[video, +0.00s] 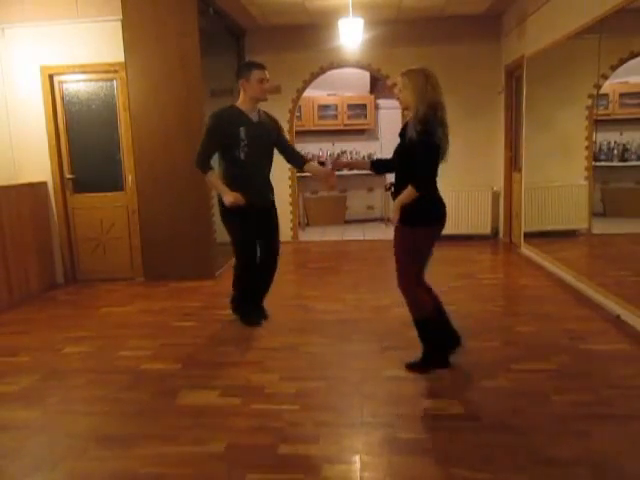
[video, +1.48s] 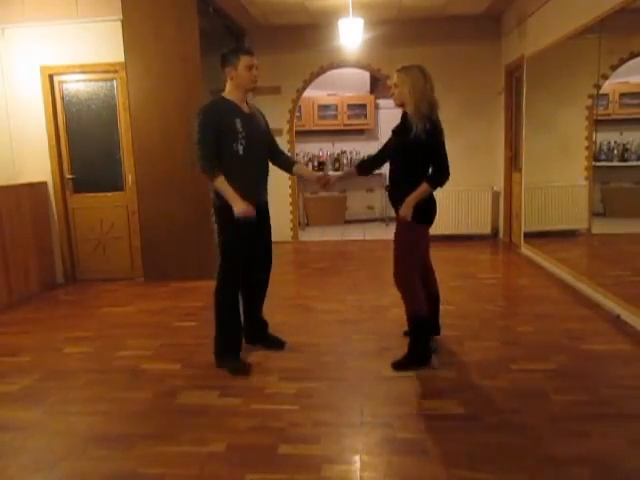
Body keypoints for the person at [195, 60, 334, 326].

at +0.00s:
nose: (267, 85)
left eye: (267, 81)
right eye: (261, 81)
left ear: (264, 85)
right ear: (243, 84)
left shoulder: (268, 122)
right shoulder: (222, 119)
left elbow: (291, 154)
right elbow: (202, 162)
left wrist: (319, 171)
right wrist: (223, 191)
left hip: (263, 197)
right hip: (234, 199)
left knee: (270, 254)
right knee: (246, 254)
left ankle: (255, 301)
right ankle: (242, 304)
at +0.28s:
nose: (264, 86)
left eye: (264, 81)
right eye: (257, 81)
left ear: (260, 84)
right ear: (239, 83)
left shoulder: (268, 122)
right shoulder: (219, 119)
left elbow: (298, 155)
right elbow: (202, 165)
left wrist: (330, 161)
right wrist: (227, 181)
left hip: (265, 200)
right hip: (233, 202)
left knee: (277, 264)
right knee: (239, 261)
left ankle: (268, 325)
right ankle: (247, 311)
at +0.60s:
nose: (260, 82)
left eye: (260, 77)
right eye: (254, 77)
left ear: (249, 81)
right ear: (235, 79)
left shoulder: (260, 121)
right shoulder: (213, 116)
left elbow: (289, 156)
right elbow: (195, 166)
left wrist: (326, 169)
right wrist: (215, 197)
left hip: (266, 202)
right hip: (235, 205)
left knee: (268, 269)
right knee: (248, 264)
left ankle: (260, 332)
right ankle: (235, 318)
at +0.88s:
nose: (260, 77)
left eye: (260, 72)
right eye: (253, 71)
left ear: (251, 76)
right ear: (233, 75)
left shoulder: (259, 118)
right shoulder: (211, 111)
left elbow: (285, 155)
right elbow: (191, 160)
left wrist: (320, 179)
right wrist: (203, 202)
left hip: (250, 207)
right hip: (222, 208)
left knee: (262, 274)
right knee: (224, 275)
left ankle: (273, 333)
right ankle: (217, 329)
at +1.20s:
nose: (260, 71)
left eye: (260, 65)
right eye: (254, 65)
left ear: (258, 70)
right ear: (234, 69)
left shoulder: (261, 111)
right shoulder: (215, 104)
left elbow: (277, 152)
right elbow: (186, 148)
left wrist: (312, 160)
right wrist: (217, 167)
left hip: (262, 197)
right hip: (233, 197)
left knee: (262, 266)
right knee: (234, 265)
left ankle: (255, 329)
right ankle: (220, 327)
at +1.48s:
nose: (256, 74)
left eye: (256, 68)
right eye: (250, 68)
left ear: (244, 73)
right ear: (230, 72)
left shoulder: (255, 115)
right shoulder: (212, 112)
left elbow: (275, 154)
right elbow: (208, 164)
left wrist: (310, 175)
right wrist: (235, 199)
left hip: (258, 204)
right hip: (230, 205)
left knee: (260, 266)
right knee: (231, 275)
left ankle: (255, 329)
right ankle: (227, 351)